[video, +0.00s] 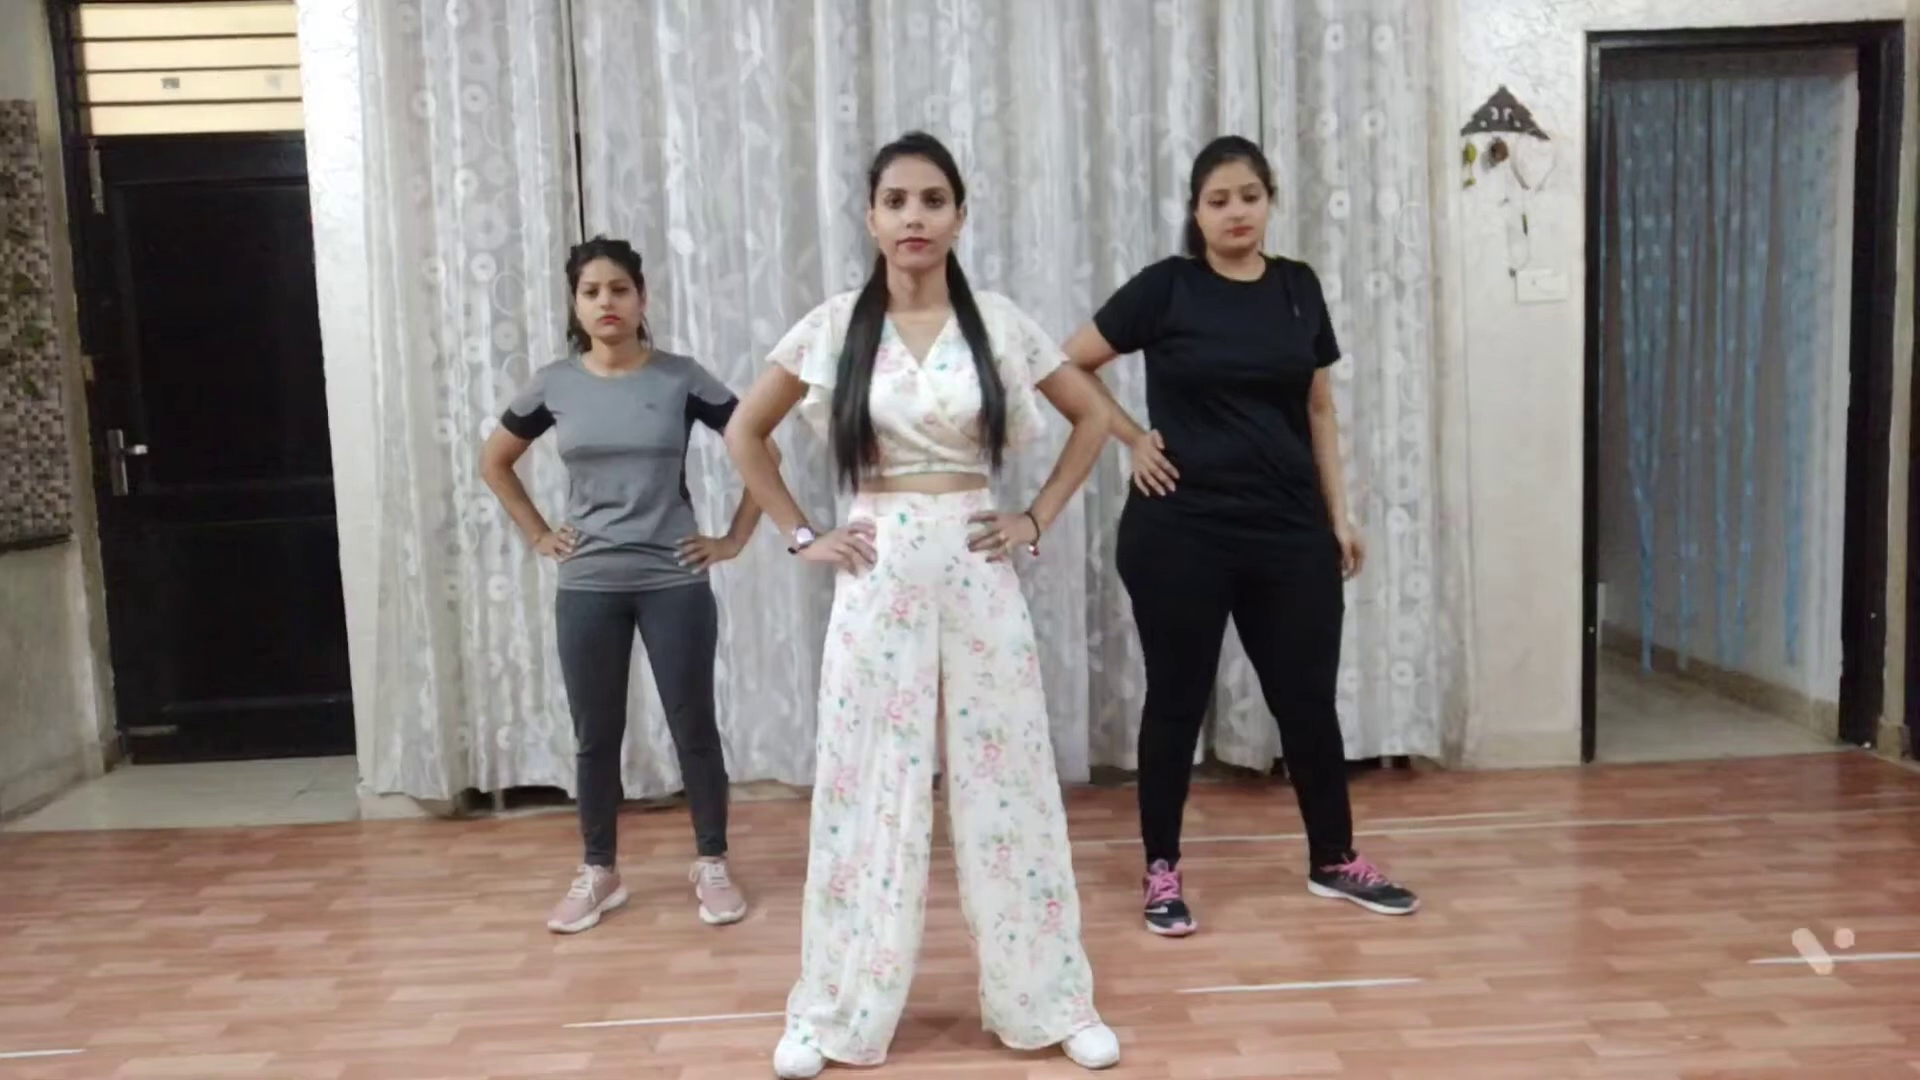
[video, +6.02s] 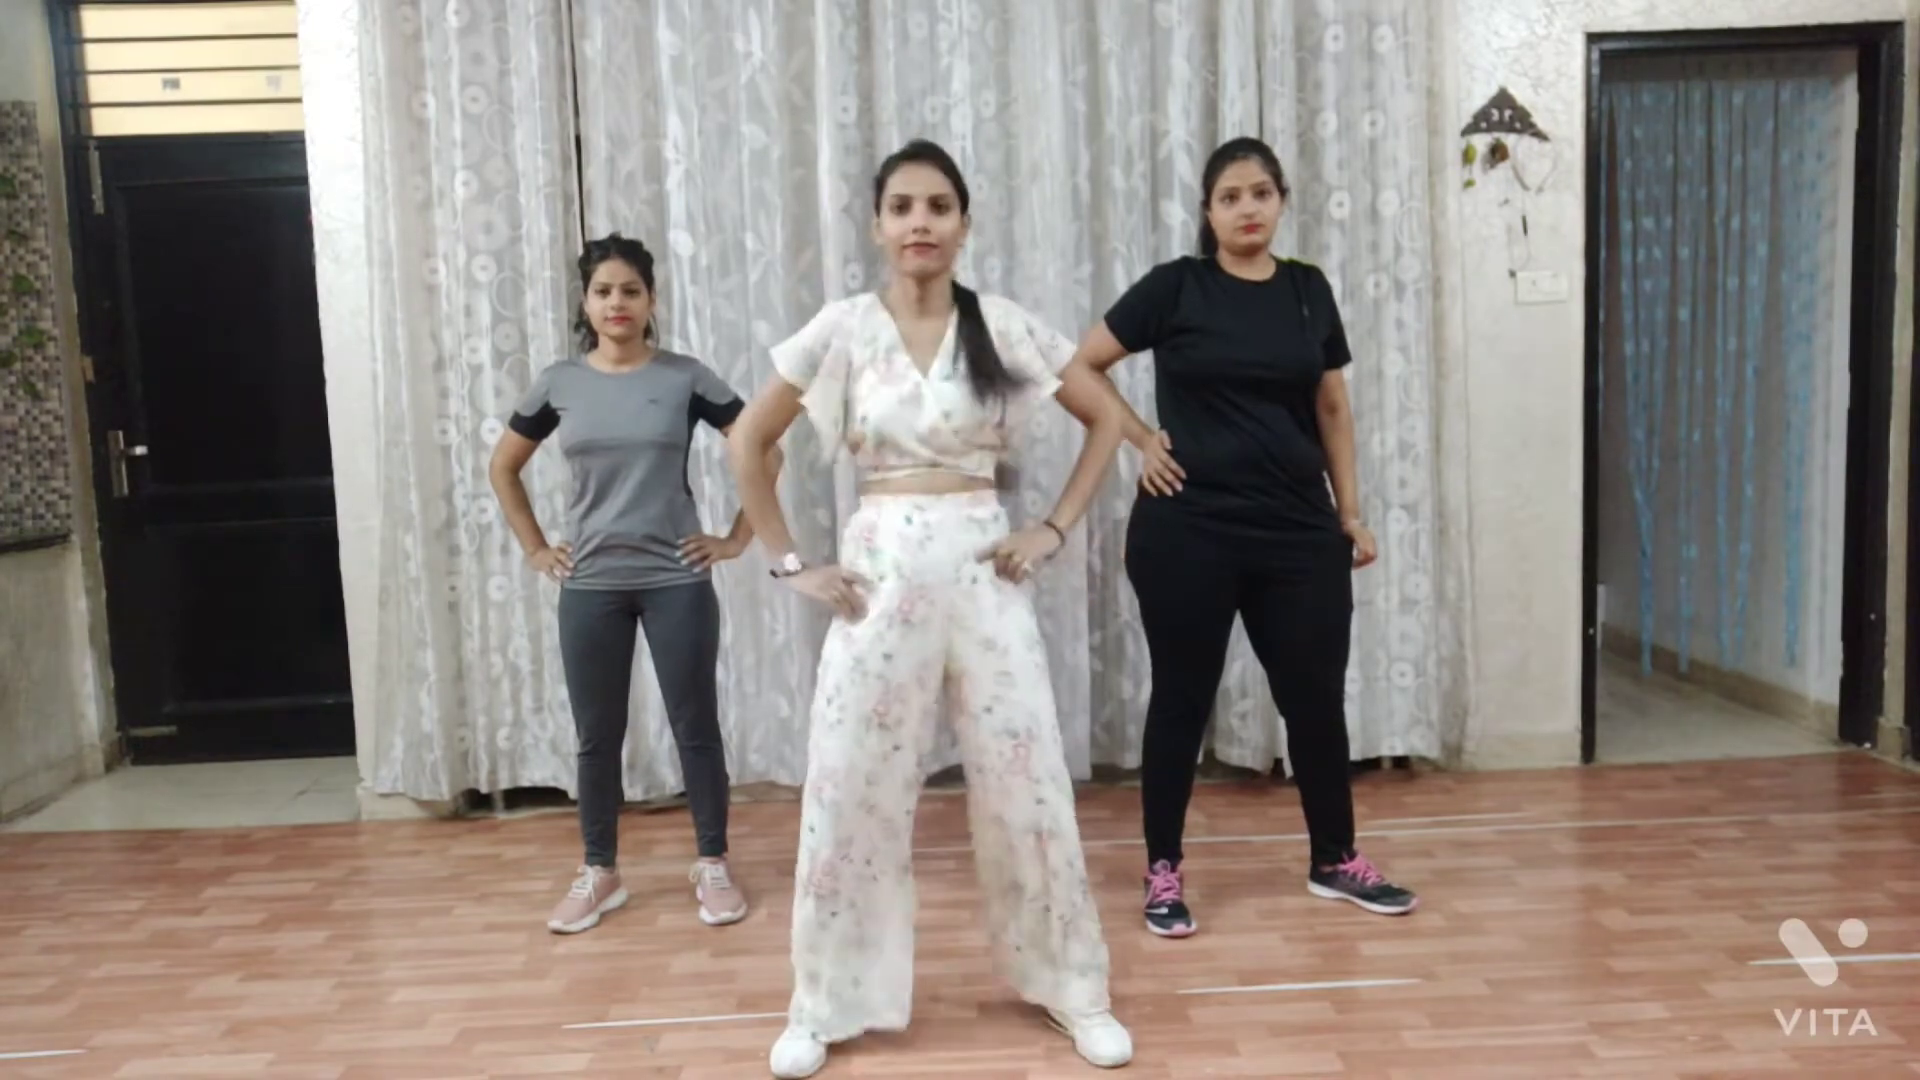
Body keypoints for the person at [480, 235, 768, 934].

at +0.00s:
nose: (607, 303)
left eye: (619, 289)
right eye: (592, 292)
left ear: (642, 298)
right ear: (574, 305)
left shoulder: (680, 379)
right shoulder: (555, 385)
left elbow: (762, 450)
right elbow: (494, 463)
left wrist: (734, 539)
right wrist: (540, 533)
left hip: (674, 574)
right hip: (589, 579)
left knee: (693, 728)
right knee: (596, 736)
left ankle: (712, 866)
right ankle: (598, 872)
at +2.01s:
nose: (614, 303)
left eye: (627, 290)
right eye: (600, 292)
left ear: (648, 298)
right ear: (582, 304)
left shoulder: (685, 378)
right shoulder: (559, 386)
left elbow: (765, 450)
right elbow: (497, 469)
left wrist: (740, 538)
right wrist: (540, 550)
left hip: (679, 575)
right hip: (594, 581)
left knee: (697, 728)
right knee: (599, 738)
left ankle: (712, 866)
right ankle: (599, 872)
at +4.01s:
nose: (621, 303)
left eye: (634, 291)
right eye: (608, 292)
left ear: (654, 301)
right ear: (588, 302)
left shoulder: (688, 380)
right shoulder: (562, 384)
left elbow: (767, 452)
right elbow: (503, 466)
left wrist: (738, 538)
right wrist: (537, 548)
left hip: (676, 575)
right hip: (591, 578)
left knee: (695, 729)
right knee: (597, 737)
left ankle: (712, 866)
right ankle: (599, 872)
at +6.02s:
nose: (617, 303)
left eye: (630, 290)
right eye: (603, 291)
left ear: (651, 300)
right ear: (585, 302)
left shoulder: (686, 379)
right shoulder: (559, 383)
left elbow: (767, 450)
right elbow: (503, 466)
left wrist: (738, 535)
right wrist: (537, 548)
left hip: (676, 574)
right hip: (591, 580)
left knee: (696, 726)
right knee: (597, 736)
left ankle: (712, 866)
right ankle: (599, 871)